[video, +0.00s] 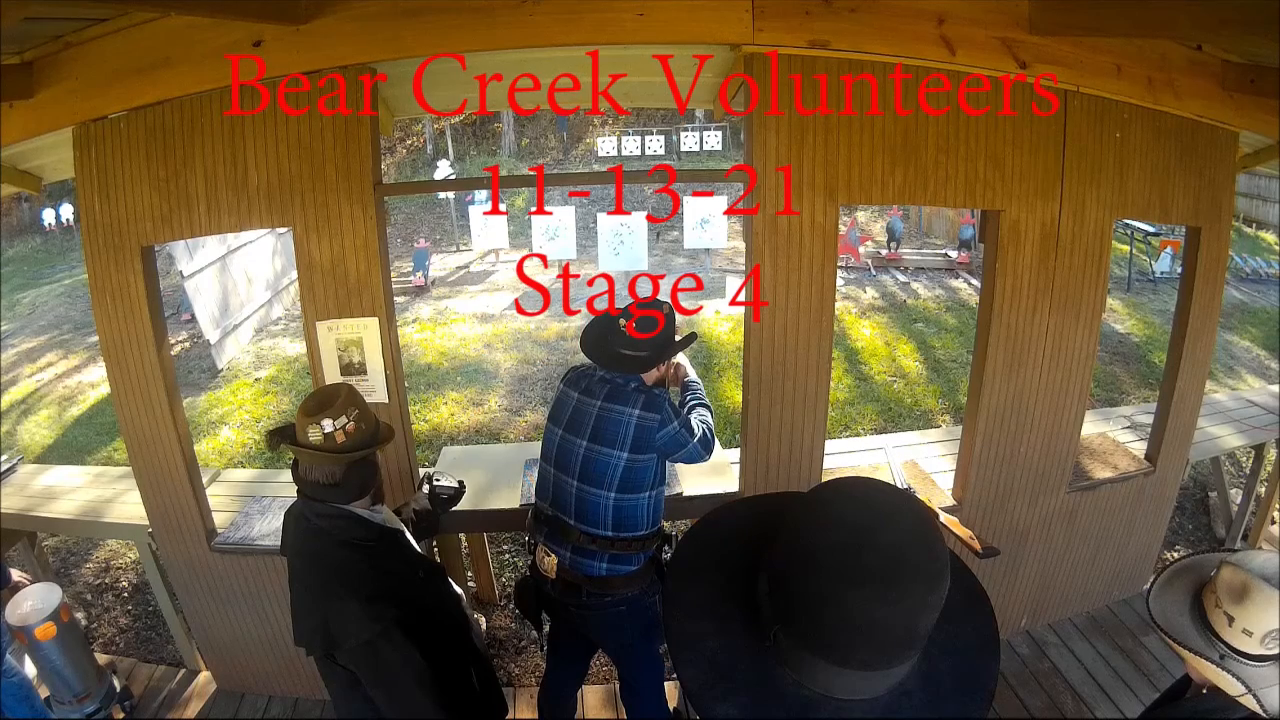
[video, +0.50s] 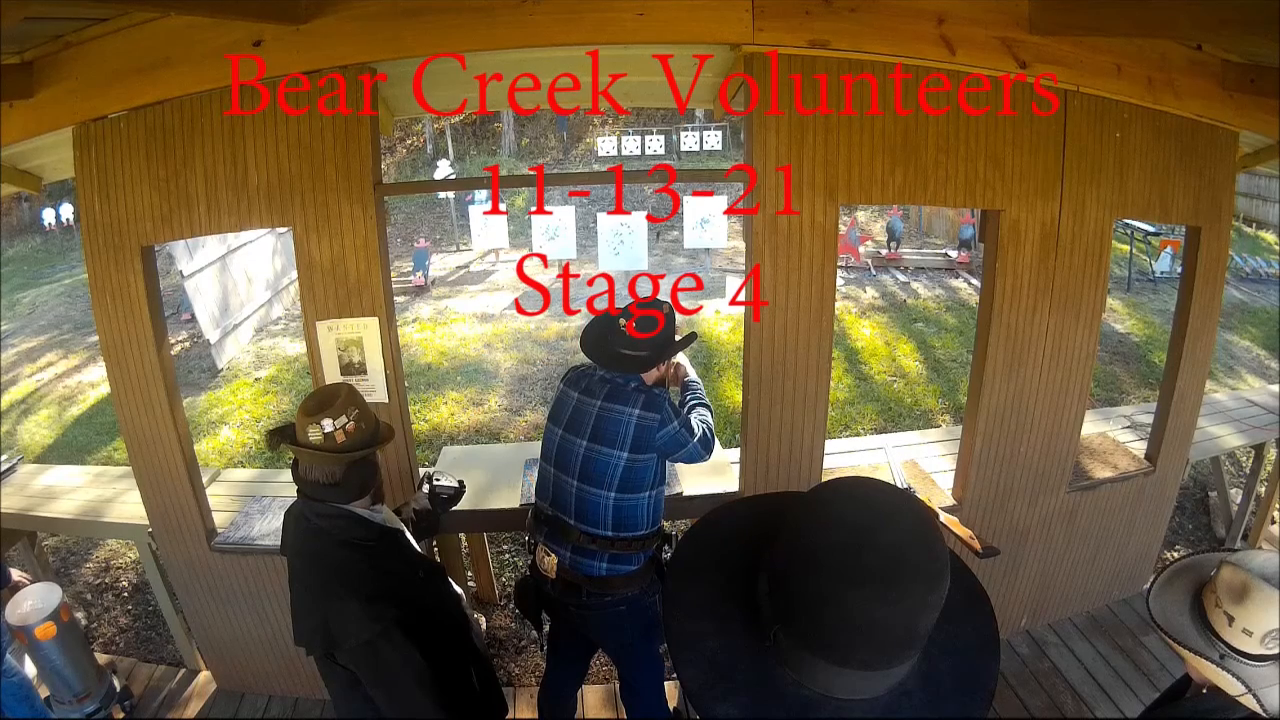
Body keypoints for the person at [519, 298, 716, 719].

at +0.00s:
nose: (668, 360)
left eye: (667, 353)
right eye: (666, 353)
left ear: (607, 349)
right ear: (652, 364)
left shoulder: (571, 383)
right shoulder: (653, 412)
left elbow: (615, 395)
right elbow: (701, 445)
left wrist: (650, 379)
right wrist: (691, 380)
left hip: (556, 577)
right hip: (618, 590)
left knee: (558, 684)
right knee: (644, 688)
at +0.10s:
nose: (668, 360)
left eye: (667, 354)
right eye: (665, 354)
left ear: (607, 349)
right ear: (652, 364)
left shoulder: (572, 383)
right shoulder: (653, 412)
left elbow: (615, 395)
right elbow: (701, 445)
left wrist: (651, 379)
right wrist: (691, 380)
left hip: (556, 576)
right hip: (618, 590)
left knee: (558, 683)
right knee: (644, 688)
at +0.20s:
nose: (668, 360)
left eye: (667, 353)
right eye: (666, 353)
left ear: (607, 349)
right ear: (651, 364)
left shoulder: (571, 382)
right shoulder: (653, 411)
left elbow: (616, 395)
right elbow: (701, 445)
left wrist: (650, 379)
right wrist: (691, 380)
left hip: (555, 575)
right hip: (618, 589)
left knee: (559, 680)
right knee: (644, 686)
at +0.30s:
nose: (669, 360)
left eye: (668, 353)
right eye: (666, 353)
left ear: (608, 349)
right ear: (652, 364)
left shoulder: (572, 382)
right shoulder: (653, 412)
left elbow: (616, 394)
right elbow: (701, 444)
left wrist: (652, 379)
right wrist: (691, 379)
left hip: (555, 576)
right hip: (618, 590)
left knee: (559, 681)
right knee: (644, 686)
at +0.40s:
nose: (668, 360)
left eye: (668, 353)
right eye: (666, 353)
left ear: (607, 349)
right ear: (652, 364)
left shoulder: (572, 382)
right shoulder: (653, 412)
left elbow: (616, 394)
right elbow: (702, 444)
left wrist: (652, 379)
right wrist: (691, 379)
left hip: (555, 576)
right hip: (618, 589)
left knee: (559, 680)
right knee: (644, 687)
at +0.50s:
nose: (668, 360)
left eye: (668, 353)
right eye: (666, 353)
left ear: (607, 349)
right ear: (652, 363)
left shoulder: (572, 383)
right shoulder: (653, 411)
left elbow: (615, 394)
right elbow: (701, 445)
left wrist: (651, 379)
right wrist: (691, 380)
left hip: (556, 576)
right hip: (618, 590)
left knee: (558, 682)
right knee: (644, 687)